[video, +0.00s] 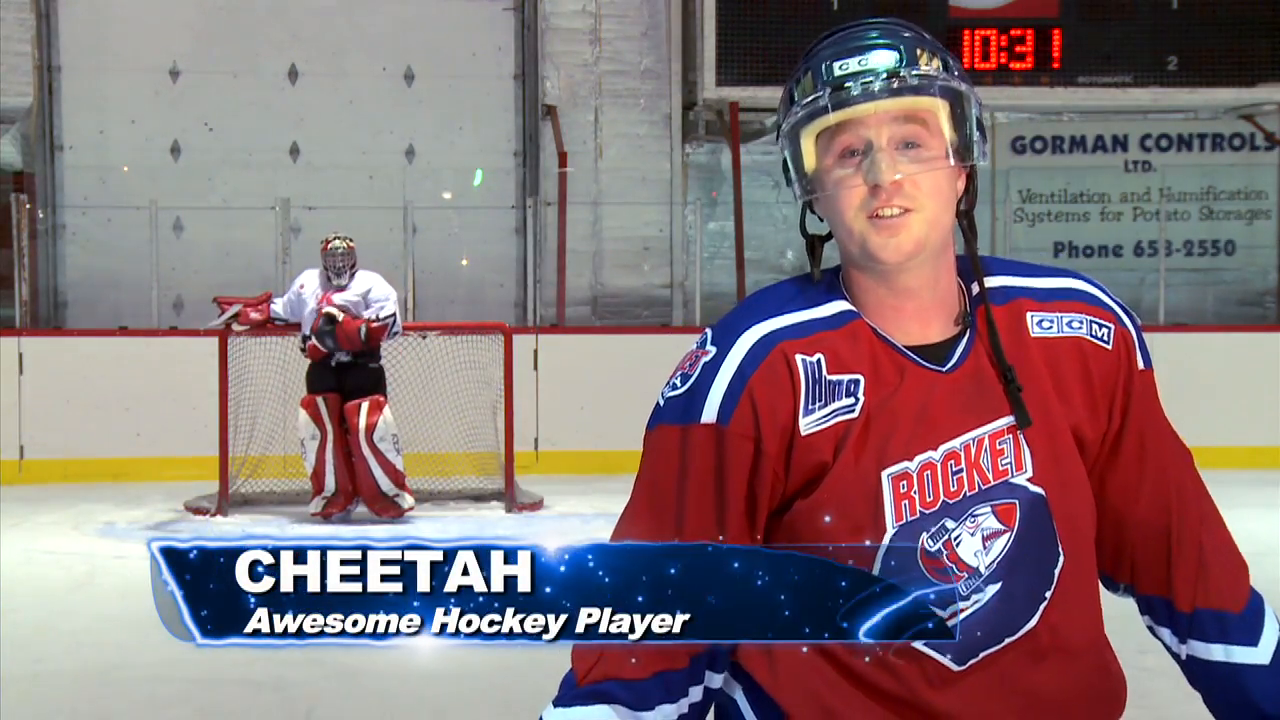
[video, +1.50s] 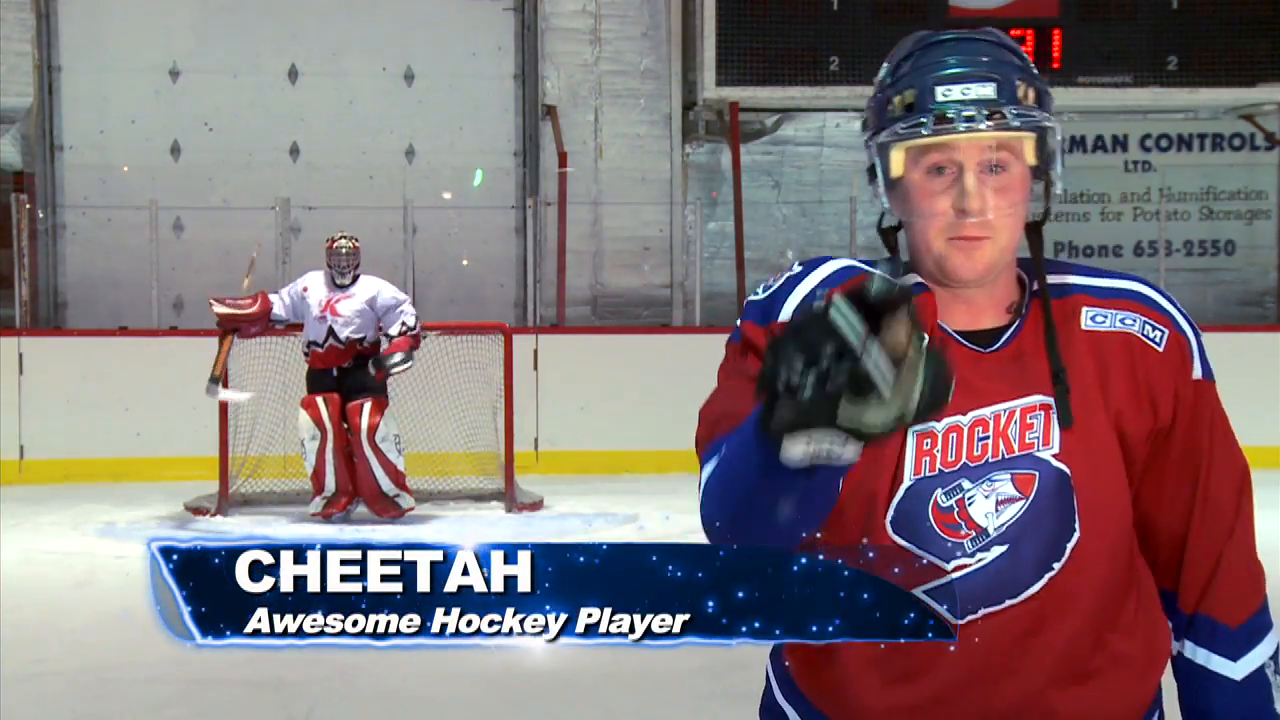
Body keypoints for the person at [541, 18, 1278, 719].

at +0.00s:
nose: (884, 176)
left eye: (911, 144)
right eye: (851, 153)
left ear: (959, 170)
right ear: (812, 187)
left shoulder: (1080, 327)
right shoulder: (747, 368)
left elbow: (1198, 581)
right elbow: (635, 645)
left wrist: (1268, 700)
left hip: (1068, 708)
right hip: (828, 715)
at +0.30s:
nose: (938, 155)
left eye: (969, 131)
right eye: (911, 125)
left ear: (1006, 175)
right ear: (862, 158)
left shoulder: (1102, 327)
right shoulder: (767, 348)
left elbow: (1233, 578)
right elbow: (670, 630)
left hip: (1079, 704)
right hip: (846, 709)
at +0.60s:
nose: (1000, 184)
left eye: (1031, 158)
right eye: (971, 151)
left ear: (1065, 182)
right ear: (920, 167)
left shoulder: (1145, 351)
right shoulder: (808, 342)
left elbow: (1261, 600)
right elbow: (704, 606)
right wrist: (613, 714)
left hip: (1090, 706)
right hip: (856, 710)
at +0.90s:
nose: (1033, 184)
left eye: (1064, 159)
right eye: (1006, 150)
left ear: (1095, 188)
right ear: (954, 166)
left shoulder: (1167, 356)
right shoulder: (841, 332)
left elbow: (1264, 607)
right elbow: (727, 578)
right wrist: (623, 709)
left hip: (1101, 708)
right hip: (867, 707)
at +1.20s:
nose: (1032, 192)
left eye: (1063, 162)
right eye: (1001, 158)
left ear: (1097, 182)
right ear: (950, 171)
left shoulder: (1172, 345)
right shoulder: (843, 330)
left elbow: (1249, 592)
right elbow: (731, 562)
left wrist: (1254, 705)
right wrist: (708, 702)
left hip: (1102, 703)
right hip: (864, 705)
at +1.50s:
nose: (971, 198)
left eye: (998, 165)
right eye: (940, 168)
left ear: (1035, 182)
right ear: (891, 186)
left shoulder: (1138, 336)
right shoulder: (806, 320)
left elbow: (1221, 605)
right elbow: (741, 533)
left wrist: (1235, 713)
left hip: (1093, 707)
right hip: (847, 706)